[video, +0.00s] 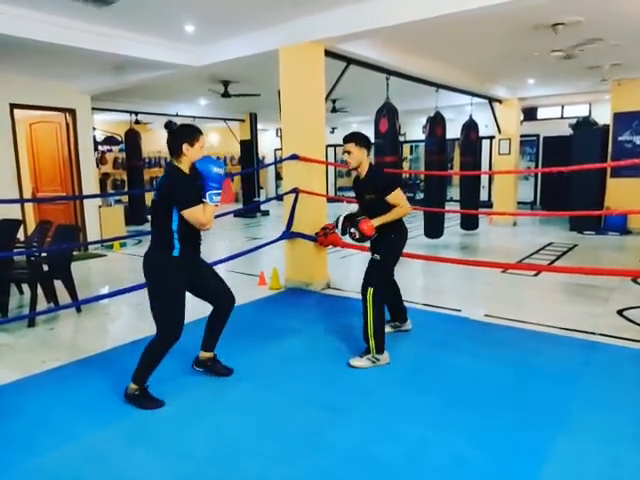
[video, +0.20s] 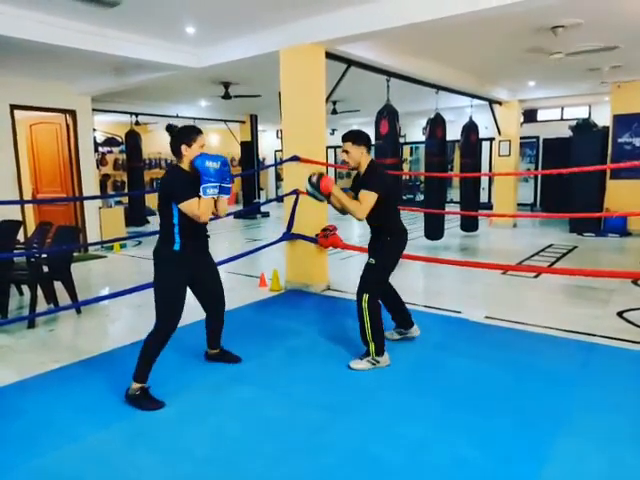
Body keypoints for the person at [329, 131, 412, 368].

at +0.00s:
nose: (345, 157)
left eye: (349, 152)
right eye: (344, 153)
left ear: (364, 151)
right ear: (350, 155)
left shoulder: (381, 178)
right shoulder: (358, 180)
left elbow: (405, 207)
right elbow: (368, 209)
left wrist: (374, 222)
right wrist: (347, 221)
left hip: (393, 235)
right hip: (379, 235)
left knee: (370, 288)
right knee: (384, 278)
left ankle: (376, 352)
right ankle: (400, 319)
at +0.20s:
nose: (344, 157)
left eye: (347, 151)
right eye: (343, 152)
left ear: (363, 150)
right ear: (359, 152)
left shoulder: (375, 174)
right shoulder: (361, 175)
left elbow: (361, 212)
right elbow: (347, 207)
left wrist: (333, 189)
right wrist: (327, 193)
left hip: (390, 237)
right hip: (382, 235)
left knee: (366, 293)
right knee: (379, 283)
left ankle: (376, 355)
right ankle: (406, 326)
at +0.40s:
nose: (352, 151)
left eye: (354, 146)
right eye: (351, 147)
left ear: (369, 145)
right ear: (366, 147)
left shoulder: (379, 170)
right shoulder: (368, 169)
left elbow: (349, 193)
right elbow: (340, 194)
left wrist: (340, 161)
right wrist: (330, 168)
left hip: (387, 238)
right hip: (385, 236)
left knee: (366, 295)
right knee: (385, 290)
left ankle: (376, 355)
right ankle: (411, 341)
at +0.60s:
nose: (355, 152)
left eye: (357, 147)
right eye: (354, 148)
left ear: (372, 145)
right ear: (370, 147)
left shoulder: (380, 171)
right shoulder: (378, 168)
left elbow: (350, 195)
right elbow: (352, 191)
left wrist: (344, 162)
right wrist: (336, 172)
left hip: (386, 240)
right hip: (394, 237)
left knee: (357, 293)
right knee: (395, 292)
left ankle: (372, 353)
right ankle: (413, 343)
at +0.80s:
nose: (348, 151)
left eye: (350, 146)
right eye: (348, 147)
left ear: (364, 146)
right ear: (368, 146)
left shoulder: (366, 171)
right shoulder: (379, 167)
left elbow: (330, 185)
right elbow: (340, 182)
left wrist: (316, 158)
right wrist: (319, 164)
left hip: (380, 244)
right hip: (396, 240)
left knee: (360, 302)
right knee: (398, 296)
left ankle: (367, 364)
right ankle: (414, 344)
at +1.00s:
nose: (349, 150)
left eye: (351, 145)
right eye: (349, 145)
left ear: (365, 144)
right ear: (364, 145)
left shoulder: (378, 171)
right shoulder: (363, 170)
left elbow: (354, 201)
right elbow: (329, 182)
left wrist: (338, 175)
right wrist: (305, 167)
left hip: (384, 243)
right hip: (385, 241)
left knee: (365, 303)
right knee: (393, 296)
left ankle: (367, 365)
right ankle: (424, 345)